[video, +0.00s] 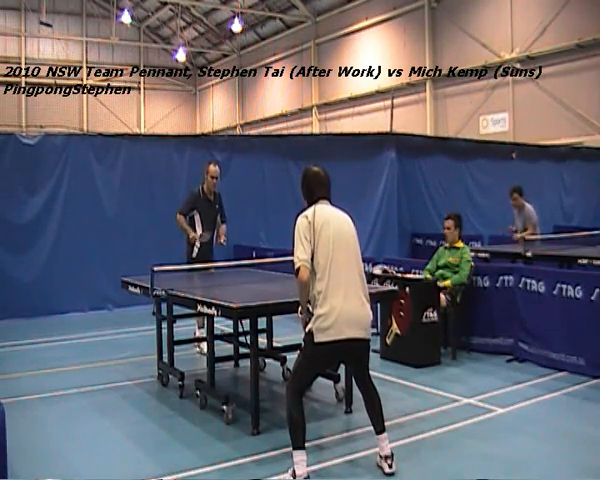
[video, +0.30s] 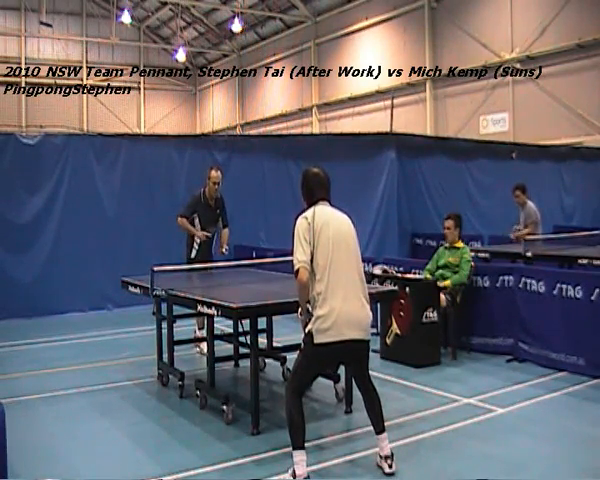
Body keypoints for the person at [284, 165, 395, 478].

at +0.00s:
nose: (303, 194)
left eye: (303, 189)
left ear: (305, 191)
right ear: (329, 190)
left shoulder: (306, 219)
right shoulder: (346, 219)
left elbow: (303, 272)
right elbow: (354, 268)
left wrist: (303, 305)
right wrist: (325, 303)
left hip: (328, 326)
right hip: (360, 323)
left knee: (294, 390)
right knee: (364, 379)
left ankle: (300, 465)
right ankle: (386, 451)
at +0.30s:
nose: (302, 195)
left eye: (302, 190)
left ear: (304, 192)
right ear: (329, 191)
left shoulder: (305, 221)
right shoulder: (346, 220)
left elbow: (302, 274)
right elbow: (355, 269)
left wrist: (303, 306)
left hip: (328, 326)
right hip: (360, 323)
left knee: (294, 390)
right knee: (363, 380)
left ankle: (299, 466)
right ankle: (386, 451)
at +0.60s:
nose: (302, 196)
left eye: (302, 192)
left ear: (304, 194)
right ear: (328, 193)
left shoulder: (305, 222)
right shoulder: (346, 221)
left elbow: (302, 275)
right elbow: (356, 270)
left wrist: (302, 306)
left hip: (327, 327)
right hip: (359, 324)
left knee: (293, 390)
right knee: (363, 380)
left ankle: (299, 465)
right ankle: (386, 451)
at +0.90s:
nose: (302, 195)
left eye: (302, 191)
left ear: (304, 193)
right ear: (328, 191)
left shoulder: (305, 220)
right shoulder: (346, 219)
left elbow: (302, 273)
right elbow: (355, 268)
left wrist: (303, 307)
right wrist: (332, 300)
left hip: (327, 326)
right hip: (360, 323)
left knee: (294, 390)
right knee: (363, 379)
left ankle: (299, 465)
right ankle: (385, 451)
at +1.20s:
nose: (303, 195)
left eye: (303, 190)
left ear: (305, 193)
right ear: (329, 191)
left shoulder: (305, 221)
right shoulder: (346, 221)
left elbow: (301, 274)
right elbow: (357, 270)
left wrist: (303, 310)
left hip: (328, 327)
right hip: (360, 324)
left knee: (294, 390)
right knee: (365, 379)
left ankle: (299, 465)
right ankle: (385, 450)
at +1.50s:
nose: (307, 191)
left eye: (307, 186)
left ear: (309, 189)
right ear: (332, 187)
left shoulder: (313, 218)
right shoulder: (350, 214)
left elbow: (306, 273)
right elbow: (358, 262)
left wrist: (308, 313)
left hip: (340, 317)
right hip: (373, 314)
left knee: (310, 385)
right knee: (367, 377)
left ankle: (321, 461)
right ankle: (386, 449)